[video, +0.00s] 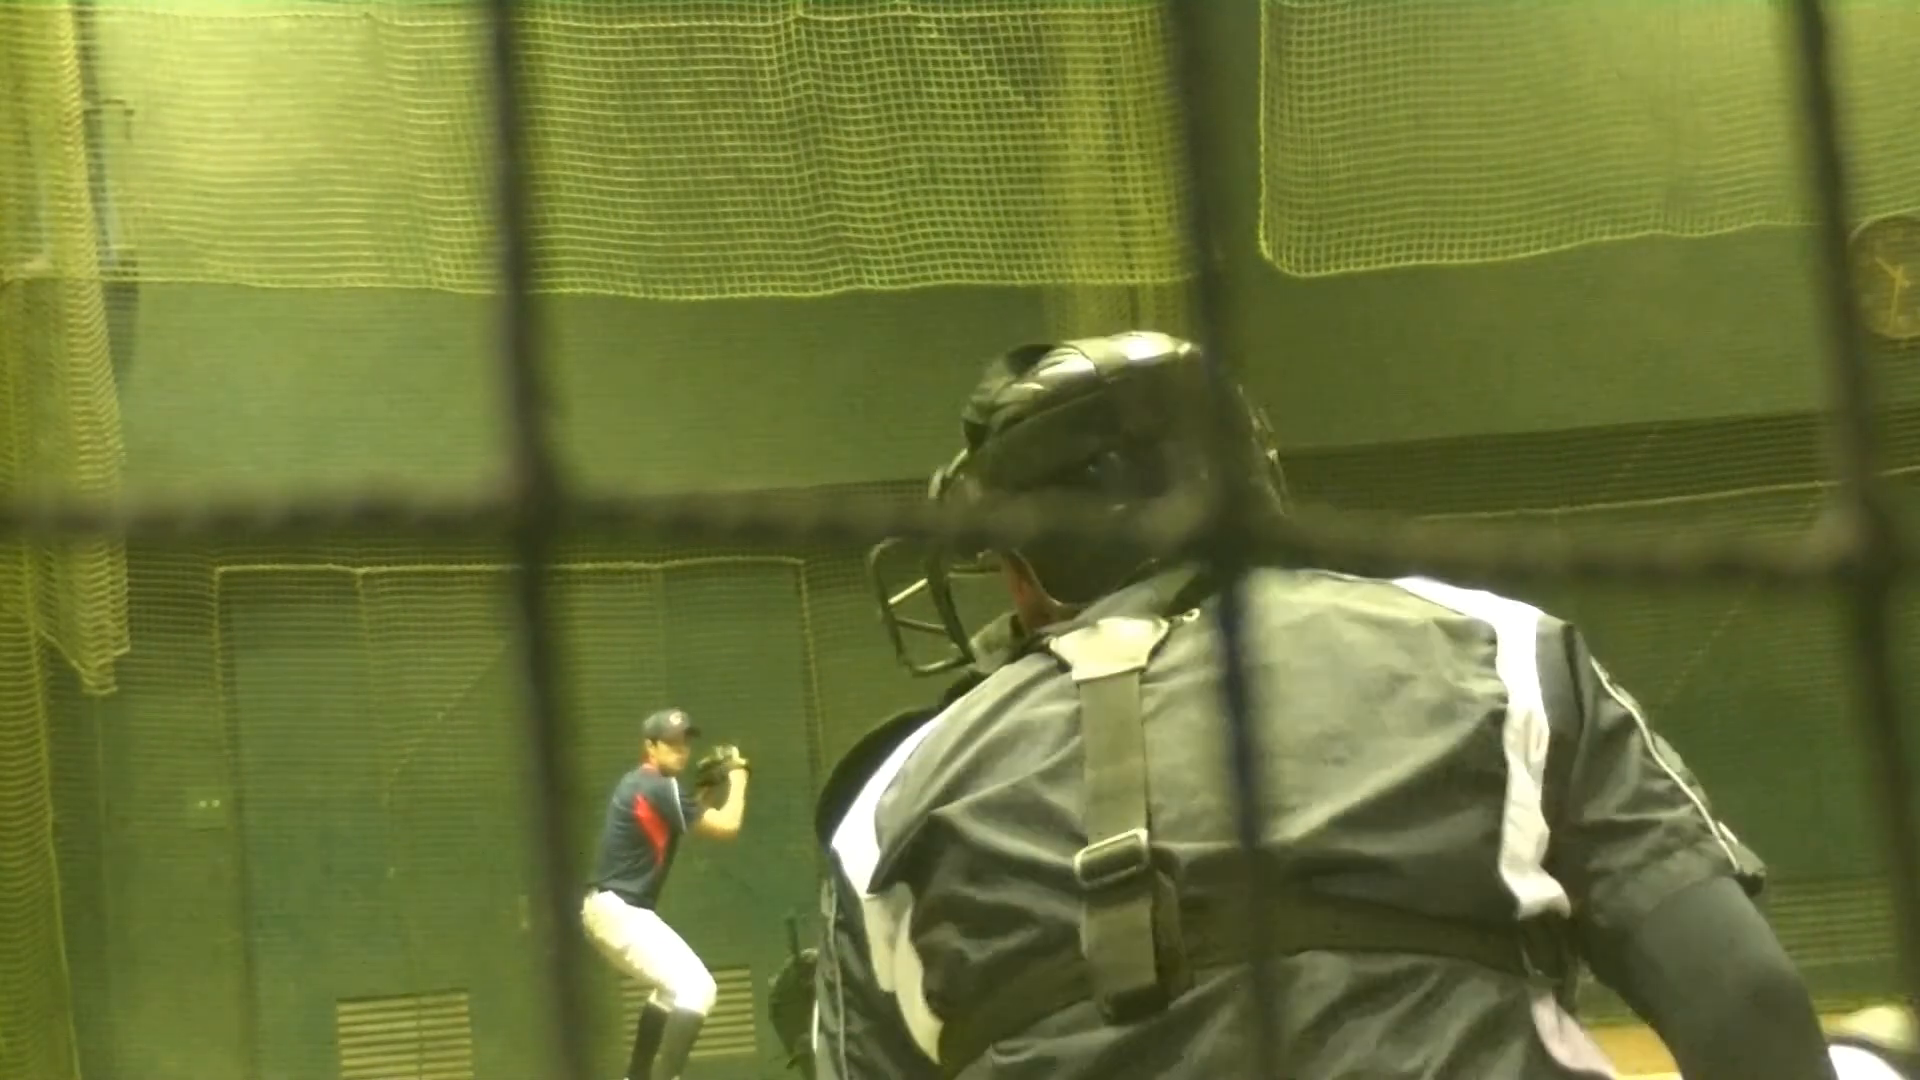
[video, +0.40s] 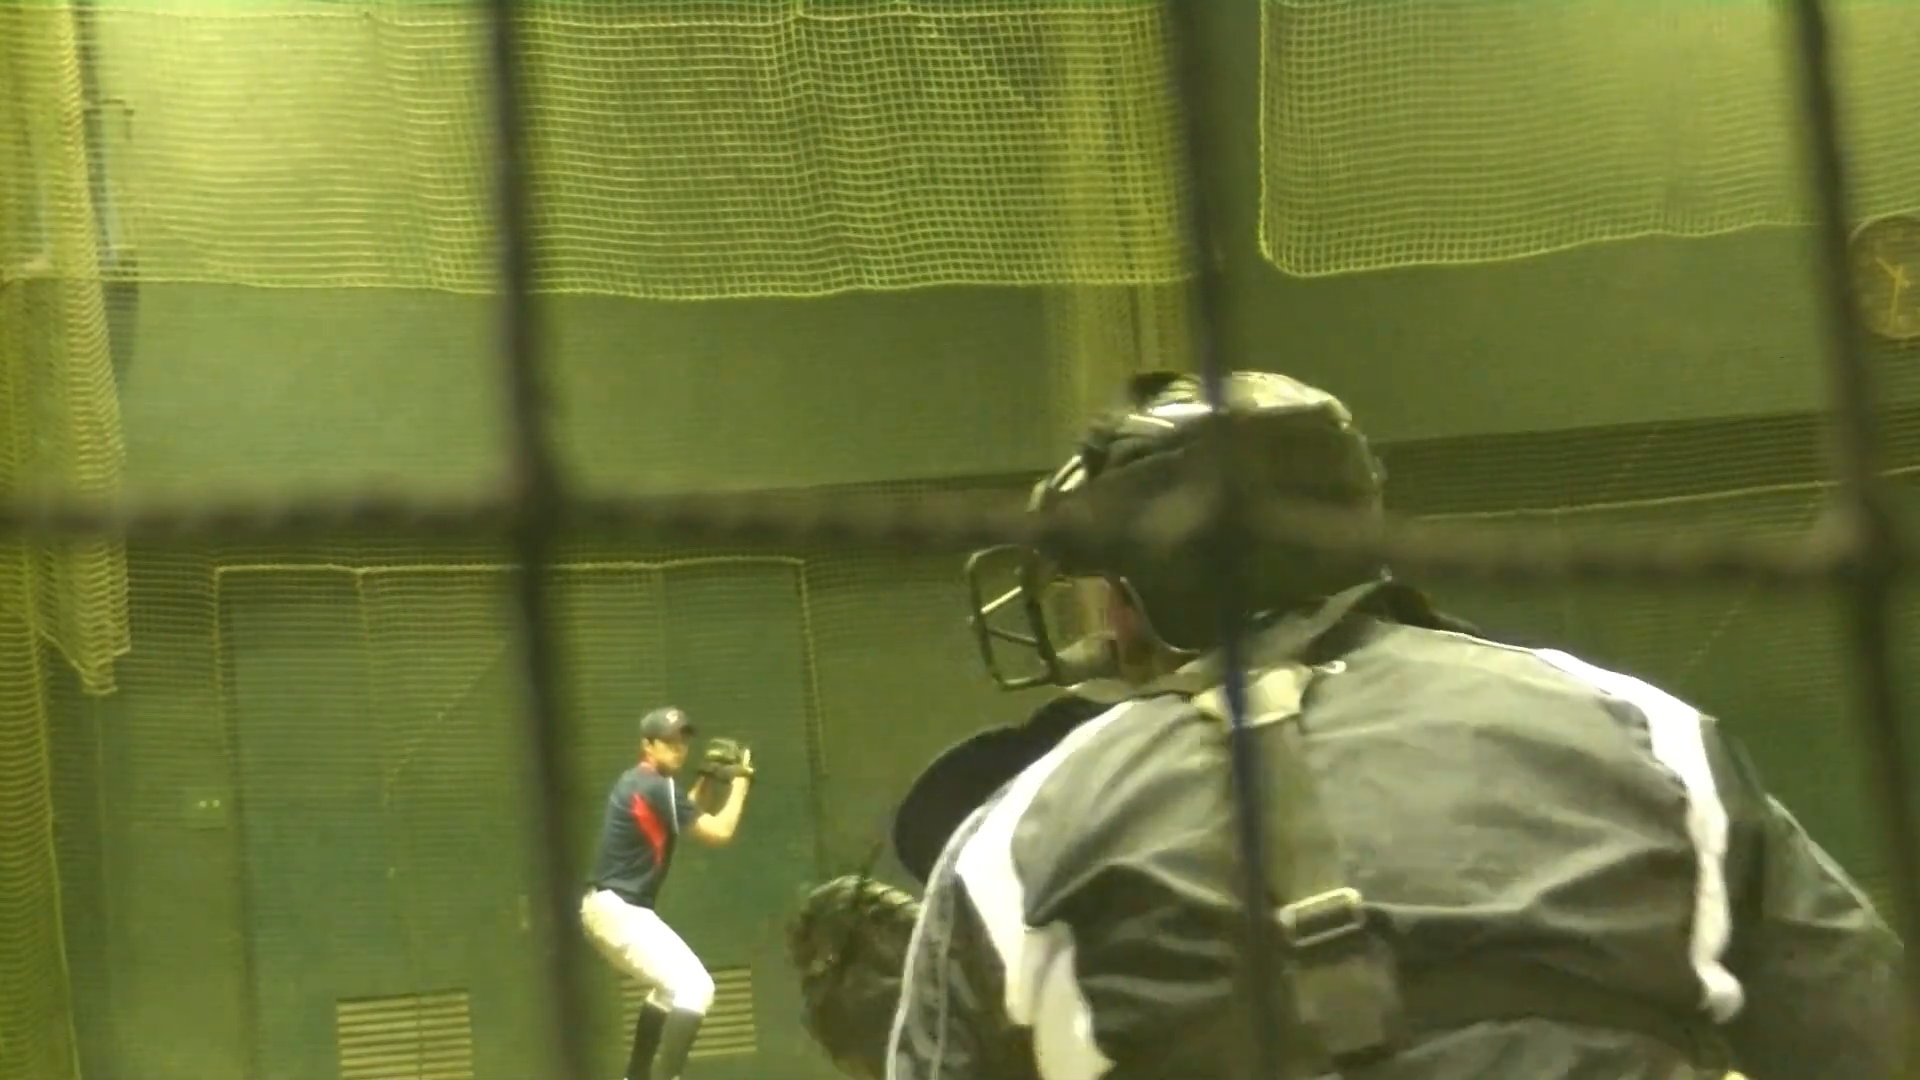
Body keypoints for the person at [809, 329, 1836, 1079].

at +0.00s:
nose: (985, 597)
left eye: (985, 567)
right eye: (976, 563)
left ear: (1026, 582)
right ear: (1263, 506)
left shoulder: (893, 807)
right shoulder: (1506, 658)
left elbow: (870, 1065)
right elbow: (1744, 1000)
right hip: (1468, 1043)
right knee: (1843, 1057)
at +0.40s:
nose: (1077, 621)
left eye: (1080, 586)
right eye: (1071, 585)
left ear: (1132, 608)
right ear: (1357, 561)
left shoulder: (1004, 858)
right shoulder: (1654, 739)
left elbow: (938, 1068)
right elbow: (1866, 1025)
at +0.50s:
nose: (1123, 648)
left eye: (1129, 607)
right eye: (1113, 605)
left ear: (1181, 626)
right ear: (1399, 577)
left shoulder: (1062, 872)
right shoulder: (1708, 760)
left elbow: (985, 1067)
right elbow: (1890, 1023)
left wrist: (925, 1000)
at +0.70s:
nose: (1229, 671)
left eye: (1230, 636)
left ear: (1282, 658)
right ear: (1527, 612)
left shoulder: (1197, 883)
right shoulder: (1837, 815)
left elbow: (1089, 1070)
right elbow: (1889, 1035)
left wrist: (1018, 1002)